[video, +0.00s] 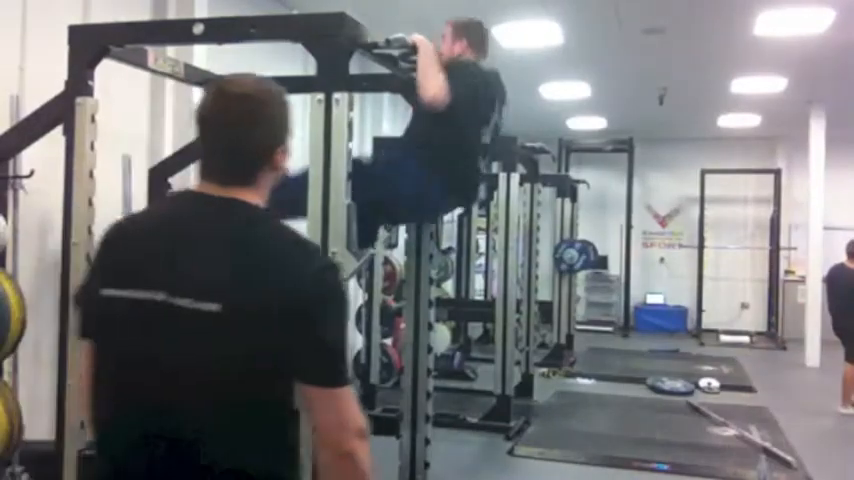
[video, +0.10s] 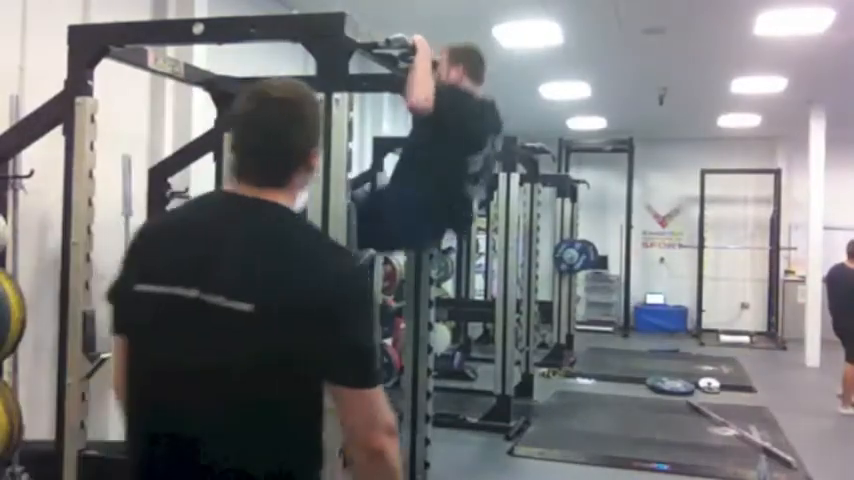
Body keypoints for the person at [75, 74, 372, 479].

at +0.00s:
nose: (289, 154)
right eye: (288, 144)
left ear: (202, 143)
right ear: (279, 157)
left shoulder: (124, 241)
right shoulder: (301, 268)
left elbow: (94, 393)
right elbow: (343, 442)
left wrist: (112, 452)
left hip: (131, 467)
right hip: (251, 467)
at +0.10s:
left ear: (233, 147)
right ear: (312, 161)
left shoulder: (156, 239)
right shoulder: (330, 269)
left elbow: (126, 388)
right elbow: (373, 440)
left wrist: (155, 449)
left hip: (163, 467)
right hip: (277, 466)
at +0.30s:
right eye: (362, 153)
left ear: (283, 146)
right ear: (355, 164)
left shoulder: (200, 236)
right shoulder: (367, 274)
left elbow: (161, 376)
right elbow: (412, 435)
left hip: (198, 464)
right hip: (311, 465)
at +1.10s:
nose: (322, 178)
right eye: (322, 169)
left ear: (252, 166)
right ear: (313, 173)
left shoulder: (186, 256)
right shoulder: (342, 257)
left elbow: (170, 382)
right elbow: (385, 390)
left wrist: (203, 450)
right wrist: (400, 466)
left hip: (219, 465)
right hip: (316, 464)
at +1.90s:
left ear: (296, 169)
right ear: (357, 182)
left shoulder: (235, 257)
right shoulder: (384, 264)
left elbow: (212, 376)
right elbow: (424, 394)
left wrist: (225, 453)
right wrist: (434, 471)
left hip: (265, 459)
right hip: (358, 462)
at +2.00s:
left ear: (317, 172)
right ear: (377, 183)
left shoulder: (258, 253)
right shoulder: (405, 266)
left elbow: (232, 377)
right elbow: (442, 398)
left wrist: (253, 450)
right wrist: (451, 471)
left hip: (283, 461)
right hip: (376, 463)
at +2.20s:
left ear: (350, 169)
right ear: (411, 184)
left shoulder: (291, 249)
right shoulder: (434, 269)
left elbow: (266, 366)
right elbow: (468, 402)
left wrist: (300, 420)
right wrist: (472, 471)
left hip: (311, 455)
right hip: (401, 460)